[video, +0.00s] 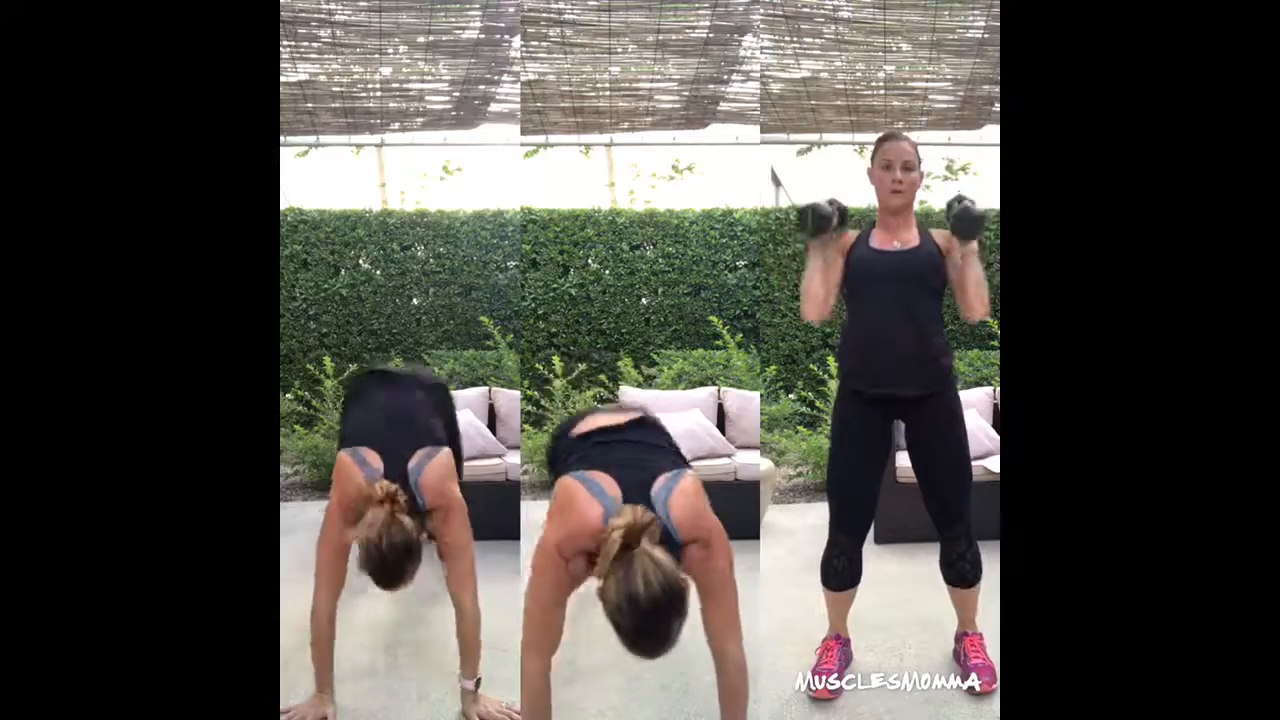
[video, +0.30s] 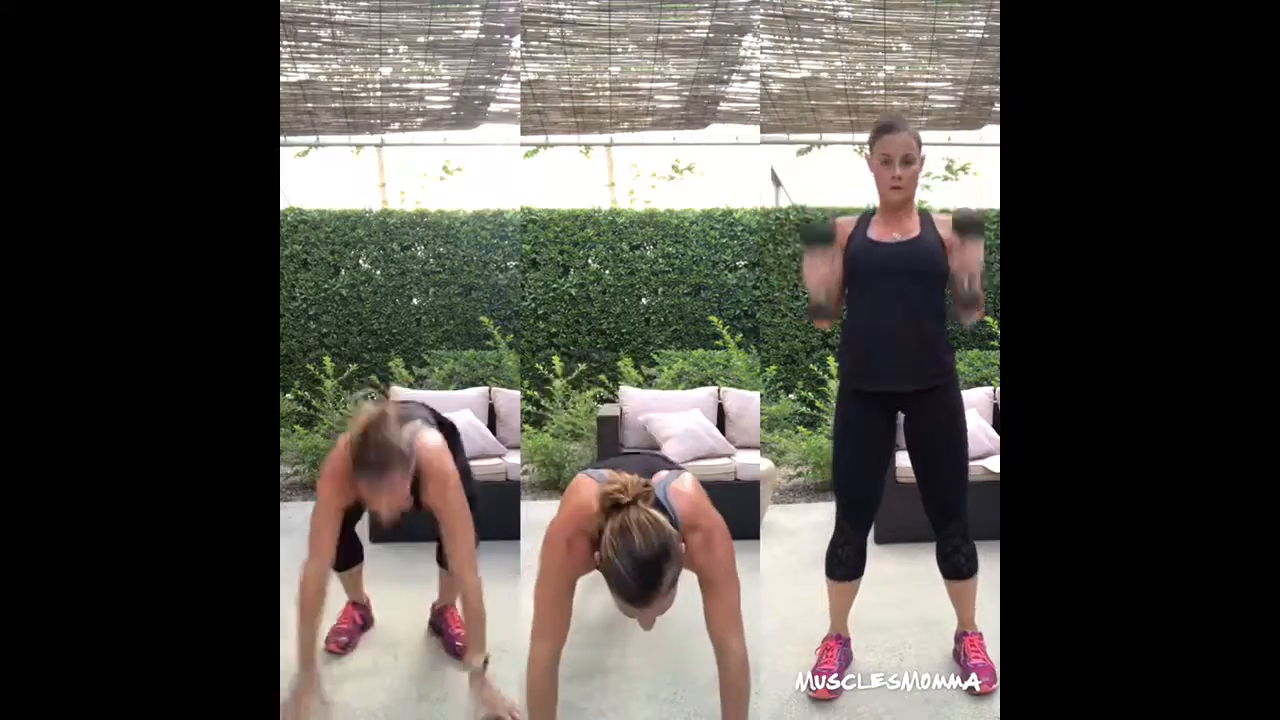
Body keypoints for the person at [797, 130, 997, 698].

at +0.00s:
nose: (898, 176)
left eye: (908, 167)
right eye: (887, 167)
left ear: (920, 177)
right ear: (871, 176)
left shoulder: (941, 241)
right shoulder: (847, 241)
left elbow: (976, 311)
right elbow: (813, 310)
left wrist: (969, 244)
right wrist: (820, 243)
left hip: (932, 395)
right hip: (861, 396)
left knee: (956, 526)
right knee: (845, 532)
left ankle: (969, 636)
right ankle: (837, 640)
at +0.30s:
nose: (897, 173)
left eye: (907, 162)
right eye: (886, 162)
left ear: (921, 166)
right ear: (870, 167)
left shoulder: (943, 233)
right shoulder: (847, 232)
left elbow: (969, 316)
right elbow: (827, 316)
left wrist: (968, 274)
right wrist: (823, 289)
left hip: (932, 389)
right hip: (862, 391)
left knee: (952, 522)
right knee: (850, 523)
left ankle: (968, 635)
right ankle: (837, 639)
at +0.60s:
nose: (897, 205)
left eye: (908, 191)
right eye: (883, 193)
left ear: (925, 187)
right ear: (866, 194)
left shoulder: (953, 249)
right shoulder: (841, 248)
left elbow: (976, 320)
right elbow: (819, 330)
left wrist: (974, 372)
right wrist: (823, 397)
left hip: (934, 398)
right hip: (865, 399)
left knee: (952, 520)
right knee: (852, 521)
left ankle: (969, 634)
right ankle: (837, 639)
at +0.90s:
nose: (902, 412)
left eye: (913, 401)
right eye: (891, 403)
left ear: (929, 375)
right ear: (873, 379)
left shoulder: (957, 377)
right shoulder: (845, 380)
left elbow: (987, 482)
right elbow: (821, 496)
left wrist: (985, 578)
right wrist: (827, 596)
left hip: (936, 420)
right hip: (867, 422)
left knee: (962, 519)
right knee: (841, 521)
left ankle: (968, 634)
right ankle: (836, 641)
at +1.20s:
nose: (911, 570)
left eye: (919, 558)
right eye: (901, 561)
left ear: (940, 511)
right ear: (874, 517)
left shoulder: (955, 470)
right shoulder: (851, 469)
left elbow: (991, 593)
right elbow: (824, 596)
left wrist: (995, 699)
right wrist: (829, 710)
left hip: (936, 401)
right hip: (860, 401)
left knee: (967, 540)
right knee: (841, 541)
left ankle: (971, 635)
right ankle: (838, 639)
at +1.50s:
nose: (915, 614)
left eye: (925, 605)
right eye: (904, 609)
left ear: (948, 539)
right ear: (863, 554)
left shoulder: (964, 485)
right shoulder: (845, 478)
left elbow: (989, 611)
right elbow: (819, 619)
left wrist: (986, 702)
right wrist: (831, 712)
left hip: (933, 400)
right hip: (861, 405)